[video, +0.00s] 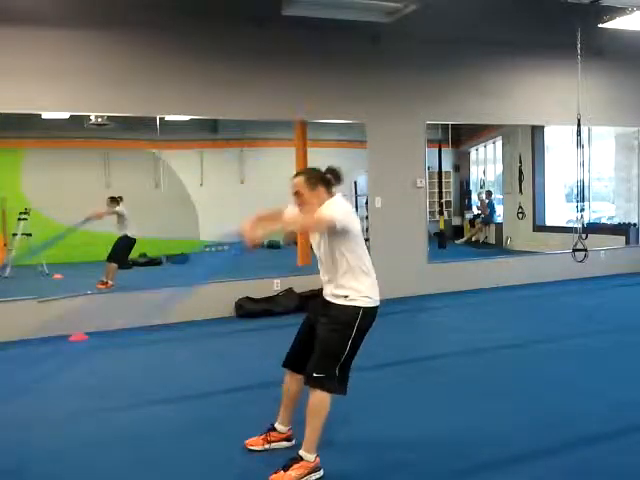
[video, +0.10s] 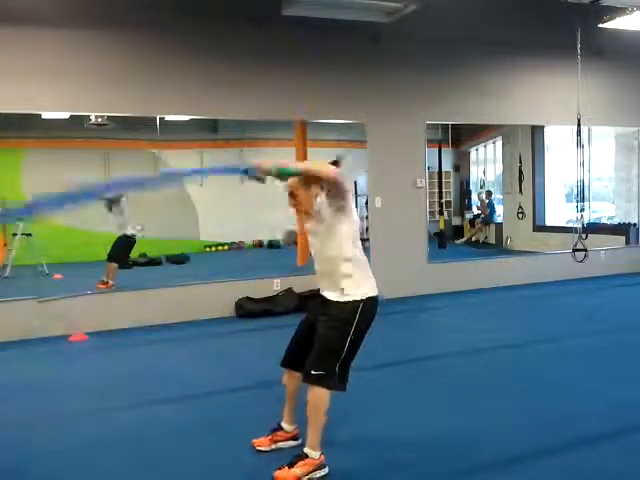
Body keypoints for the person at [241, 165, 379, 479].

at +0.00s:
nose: (297, 200)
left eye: (300, 194)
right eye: (295, 195)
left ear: (320, 190)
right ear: (308, 194)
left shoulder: (338, 207)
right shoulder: (309, 210)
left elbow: (313, 223)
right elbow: (281, 216)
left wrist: (270, 229)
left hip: (356, 302)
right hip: (330, 296)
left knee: (320, 379)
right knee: (296, 366)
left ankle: (309, 458)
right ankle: (282, 429)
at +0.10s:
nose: (292, 203)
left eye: (295, 195)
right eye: (289, 197)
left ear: (313, 190)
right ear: (297, 196)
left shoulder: (339, 209)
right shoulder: (311, 220)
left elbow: (333, 175)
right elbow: (303, 261)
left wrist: (279, 171)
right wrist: (300, 227)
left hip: (356, 299)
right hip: (329, 297)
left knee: (319, 376)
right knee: (293, 365)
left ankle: (314, 456)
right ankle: (288, 428)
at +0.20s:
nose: (271, 224)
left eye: (274, 217)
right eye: (269, 218)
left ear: (290, 213)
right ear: (280, 215)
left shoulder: (315, 229)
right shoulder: (296, 234)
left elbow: (335, 225)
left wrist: (307, 198)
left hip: (354, 306)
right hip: (328, 303)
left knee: (315, 380)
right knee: (290, 369)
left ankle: (306, 456)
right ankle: (285, 429)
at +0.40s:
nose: (260, 241)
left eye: (265, 235)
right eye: (261, 236)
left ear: (287, 238)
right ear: (284, 239)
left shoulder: (314, 263)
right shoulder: (292, 261)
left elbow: (333, 317)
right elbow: (298, 302)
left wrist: (314, 359)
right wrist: (285, 334)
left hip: (361, 314)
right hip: (331, 312)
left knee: (313, 382)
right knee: (291, 368)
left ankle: (305, 458)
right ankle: (285, 433)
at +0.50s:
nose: (289, 207)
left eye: (292, 200)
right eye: (288, 201)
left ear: (313, 198)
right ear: (310, 200)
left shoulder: (335, 222)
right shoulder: (309, 224)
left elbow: (330, 269)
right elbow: (286, 250)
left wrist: (285, 286)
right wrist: (256, 266)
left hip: (356, 305)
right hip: (328, 300)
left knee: (321, 380)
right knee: (294, 366)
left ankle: (308, 458)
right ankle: (287, 430)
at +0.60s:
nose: (304, 189)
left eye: (308, 181)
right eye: (301, 182)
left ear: (325, 178)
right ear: (303, 183)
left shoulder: (343, 197)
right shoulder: (316, 205)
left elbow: (326, 182)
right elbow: (291, 189)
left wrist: (286, 185)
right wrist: (259, 199)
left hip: (357, 297)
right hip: (330, 292)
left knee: (329, 377)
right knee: (301, 365)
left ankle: (314, 456)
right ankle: (287, 429)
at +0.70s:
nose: (283, 208)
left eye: (287, 201)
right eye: (280, 202)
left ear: (308, 196)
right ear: (287, 201)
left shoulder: (328, 214)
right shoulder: (303, 221)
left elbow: (335, 192)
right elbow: (294, 187)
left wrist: (325, 180)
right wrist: (279, 168)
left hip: (355, 298)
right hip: (327, 295)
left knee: (323, 375)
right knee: (295, 364)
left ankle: (313, 454)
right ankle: (289, 428)